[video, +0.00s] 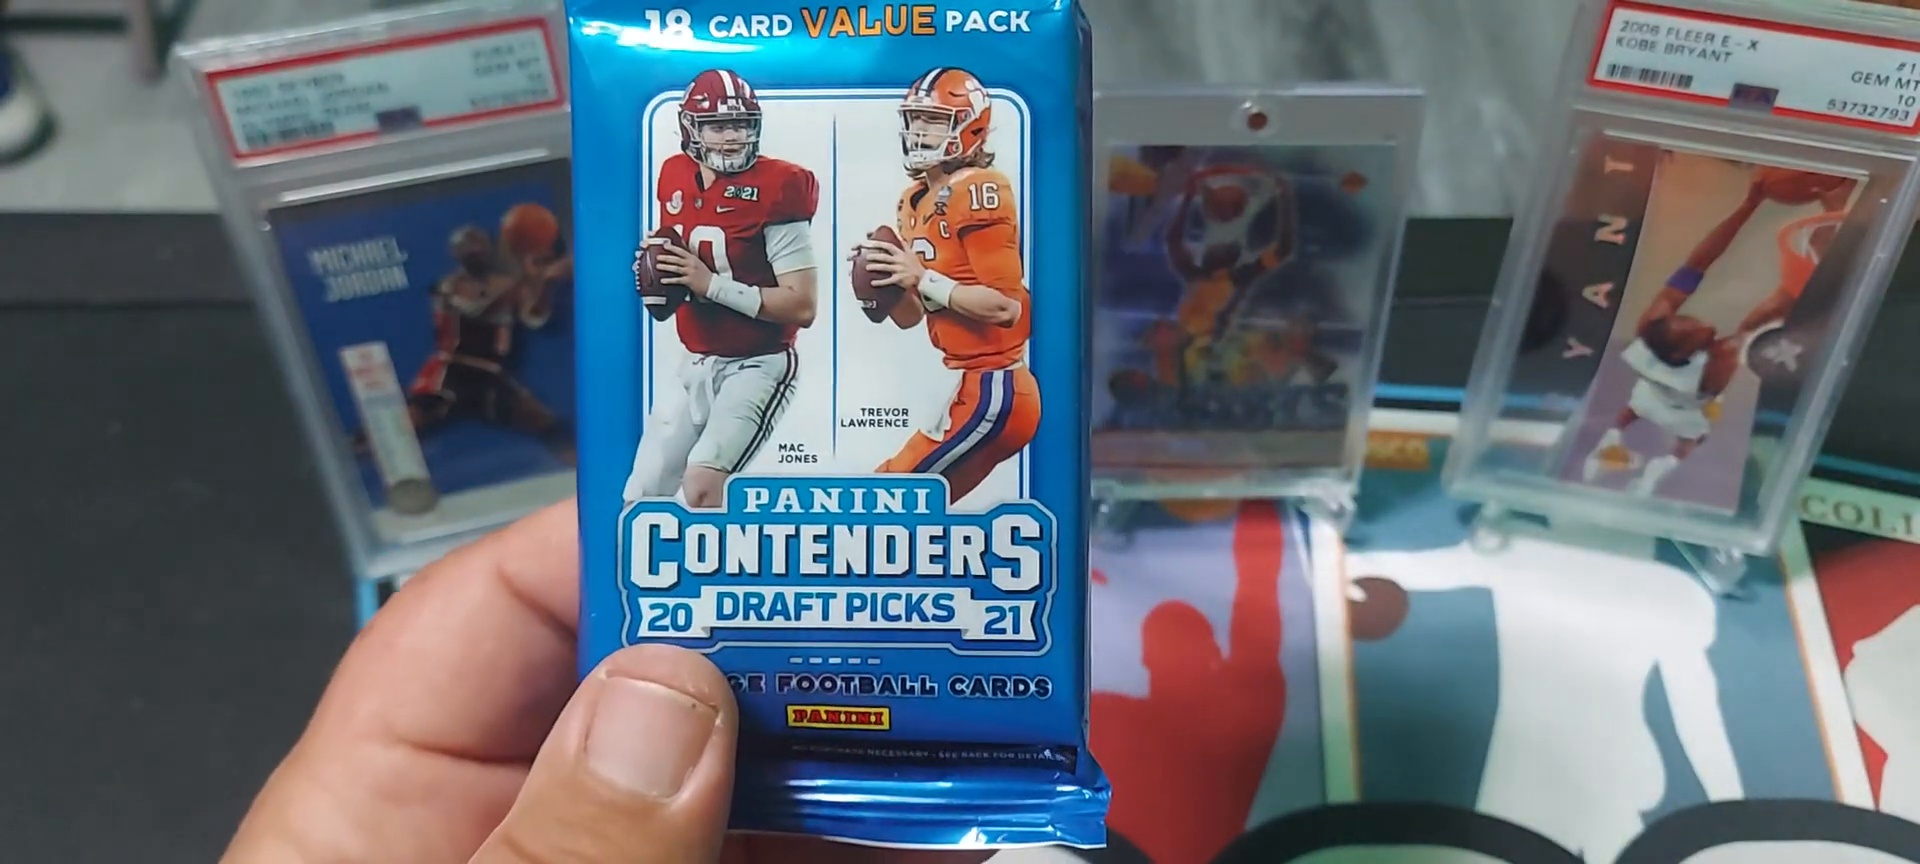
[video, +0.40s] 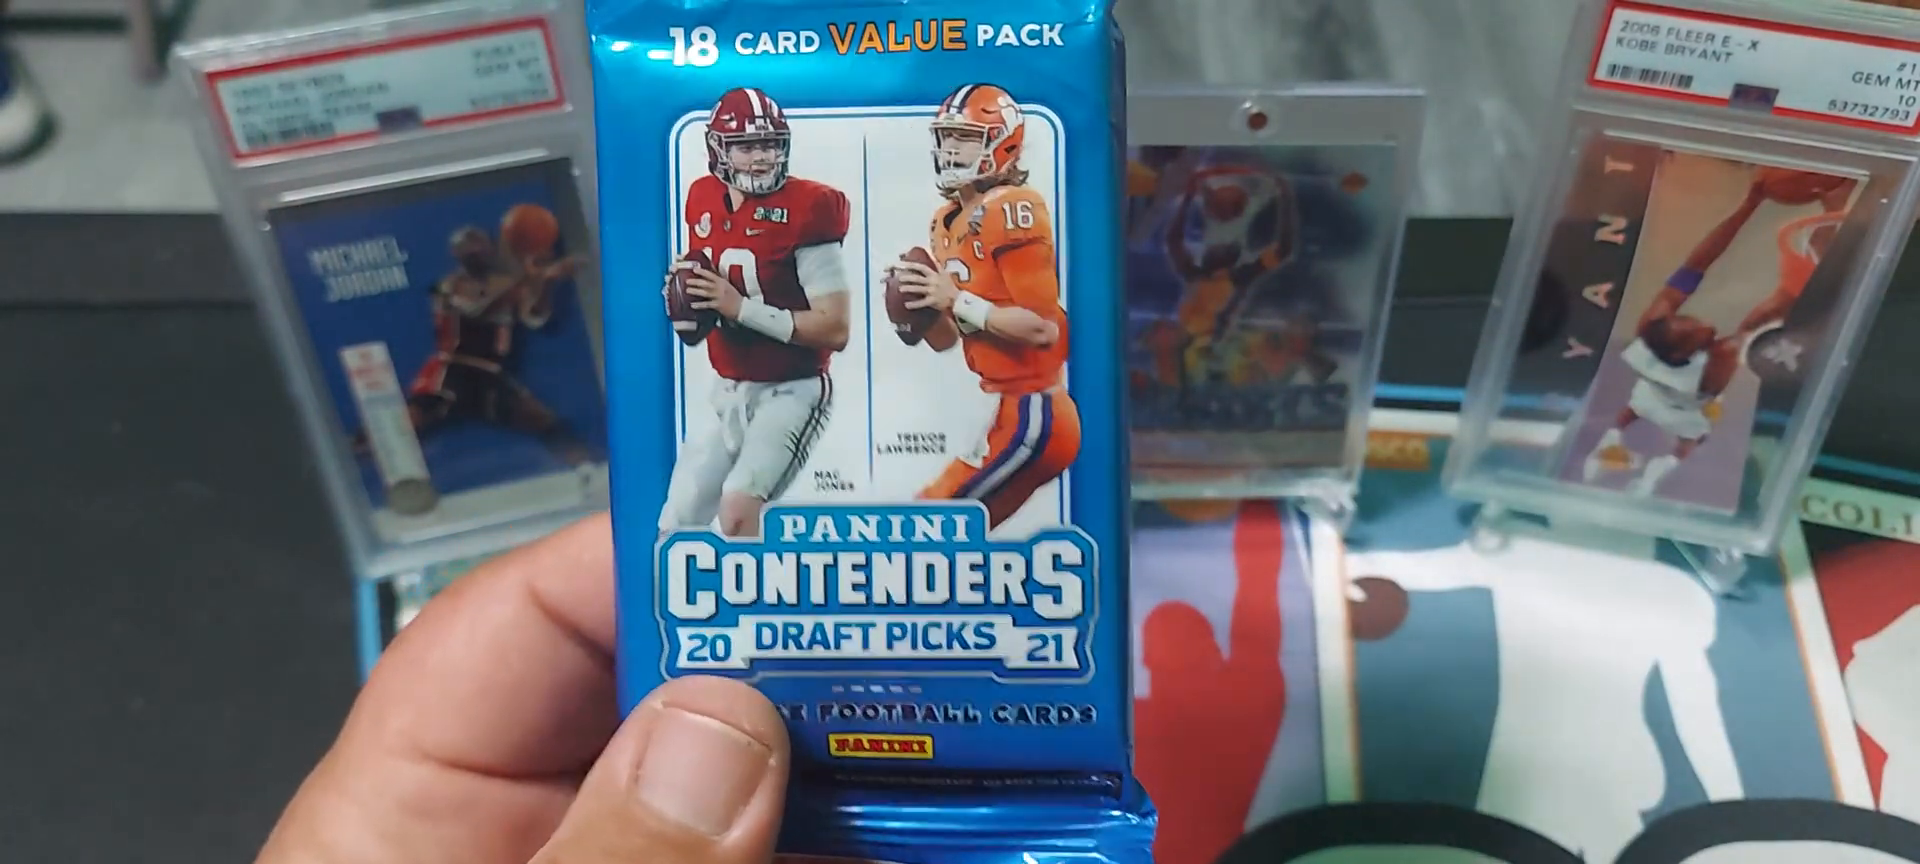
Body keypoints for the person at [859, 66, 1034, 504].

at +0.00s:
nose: (919, 133)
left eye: (934, 122)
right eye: (914, 121)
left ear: (968, 128)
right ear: (905, 124)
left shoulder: (979, 189)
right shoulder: (912, 200)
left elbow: (1005, 307)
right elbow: (908, 316)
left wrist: (921, 277)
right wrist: (879, 282)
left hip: (995, 390)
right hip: (973, 387)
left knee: (881, 501)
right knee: (895, 511)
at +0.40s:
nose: (950, 151)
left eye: (965, 140)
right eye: (945, 139)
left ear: (1001, 146)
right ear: (936, 142)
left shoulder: (1012, 208)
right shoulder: (945, 221)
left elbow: (1043, 327)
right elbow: (942, 338)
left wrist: (956, 300)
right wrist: (914, 299)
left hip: (1032, 413)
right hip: (1010, 411)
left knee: (922, 528)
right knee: (944, 541)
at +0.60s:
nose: (920, 204)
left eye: (936, 191)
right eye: (914, 190)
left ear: (977, 196)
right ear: (904, 194)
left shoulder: (994, 263)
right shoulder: (921, 276)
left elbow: (1027, 381)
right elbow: (926, 393)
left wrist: (933, 355)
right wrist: (890, 362)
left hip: (1022, 466)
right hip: (991, 462)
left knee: (910, 579)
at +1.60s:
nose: (945, 256)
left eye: (961, 243)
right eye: (940, 242)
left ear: (999, 246)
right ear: (930, 245)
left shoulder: (1014, 313)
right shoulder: (943, 325)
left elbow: (1046, 428)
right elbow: (947, 441)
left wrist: (956, 402)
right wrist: (913, 401)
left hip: (1041, 512)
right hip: (1011, 508)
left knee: (928, 621)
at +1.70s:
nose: (947, 272)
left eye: (963, 260)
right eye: (941, 258)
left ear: (1002, 263)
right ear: (931, 261)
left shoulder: (1016, 329)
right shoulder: (943, 341)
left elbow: (1048, 445)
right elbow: (948, 456)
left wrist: (957, 418)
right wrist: (915, 418)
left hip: (1042, 529)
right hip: (1014, 525)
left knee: (930, 635)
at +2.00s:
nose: (996, 313)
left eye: (1011, 301)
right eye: (992, 300)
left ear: (1047, 306)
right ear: (983, 303)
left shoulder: (1062, 371)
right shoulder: (992, 380)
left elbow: (1087, 482)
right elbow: (990, 490)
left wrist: (1001, 455)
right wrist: (961, 453)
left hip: (1078, 562)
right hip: (1052, 558)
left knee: (966, 663)